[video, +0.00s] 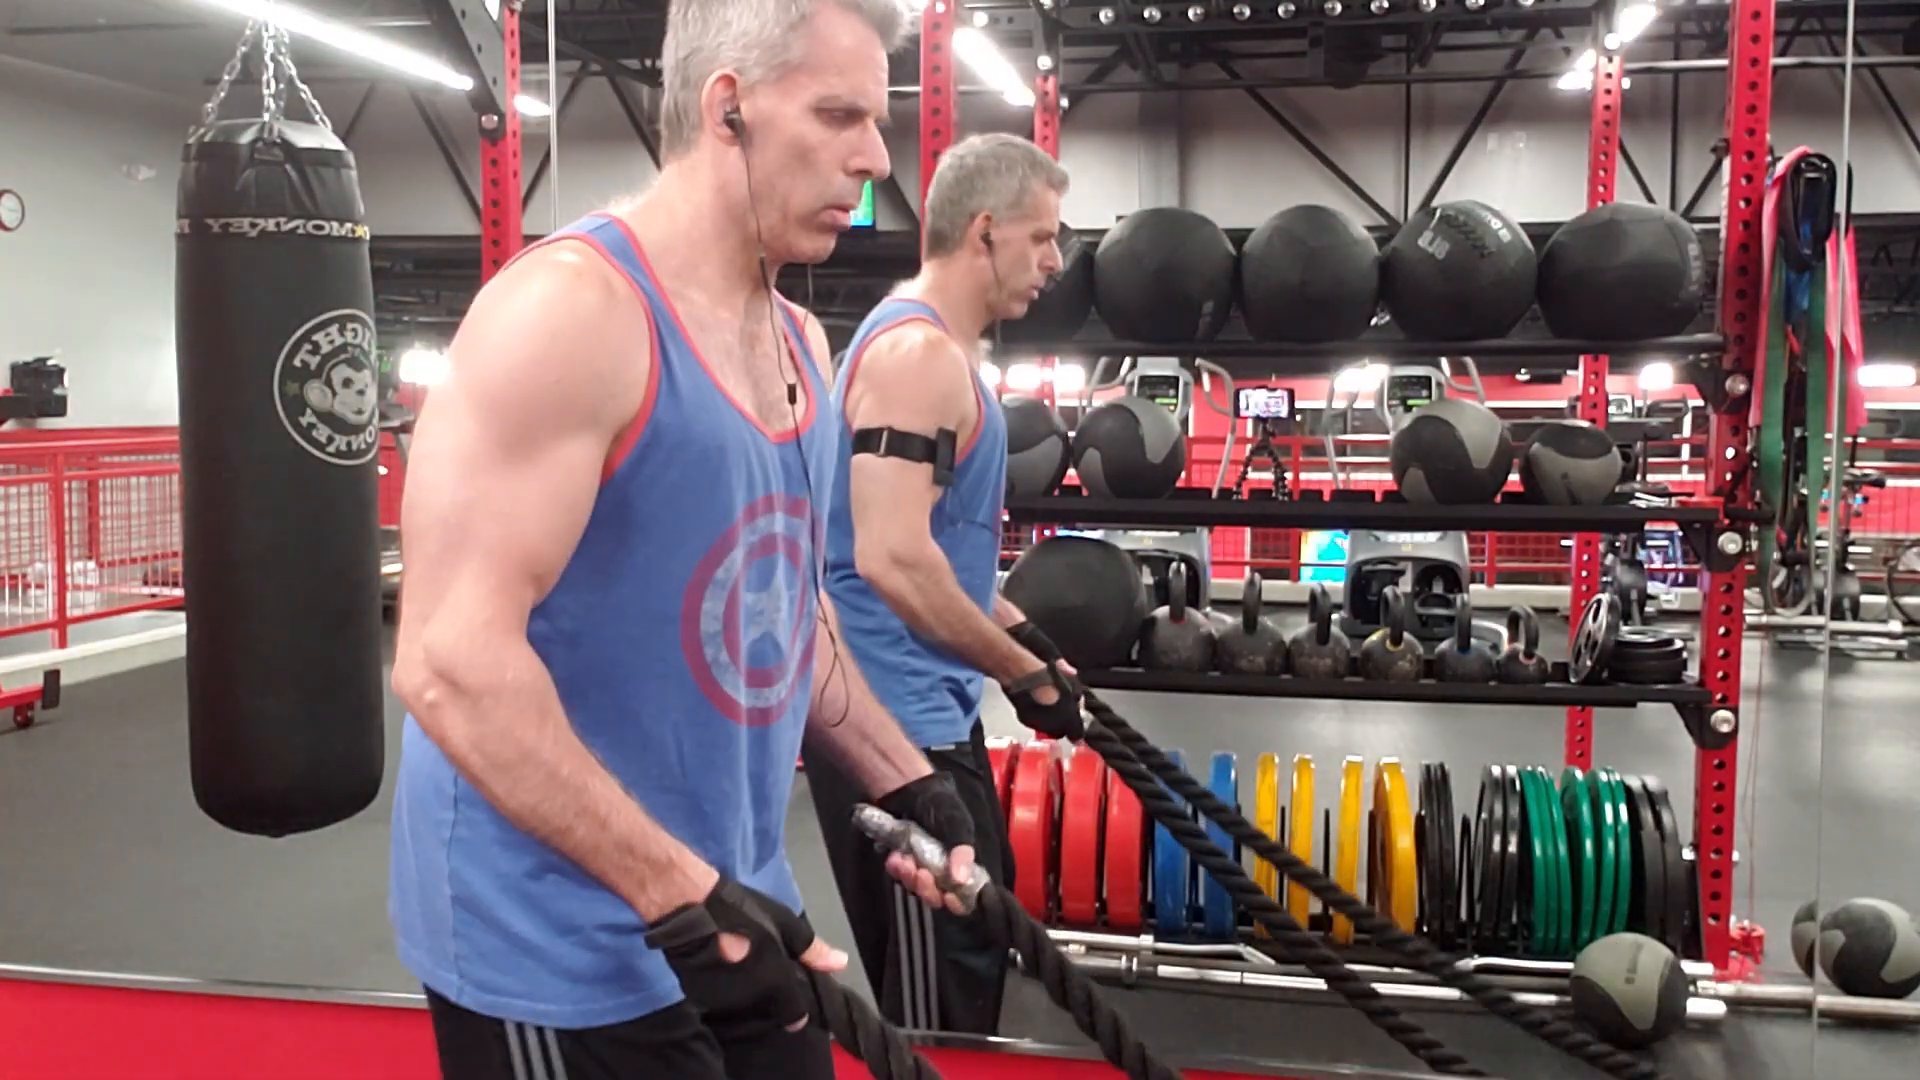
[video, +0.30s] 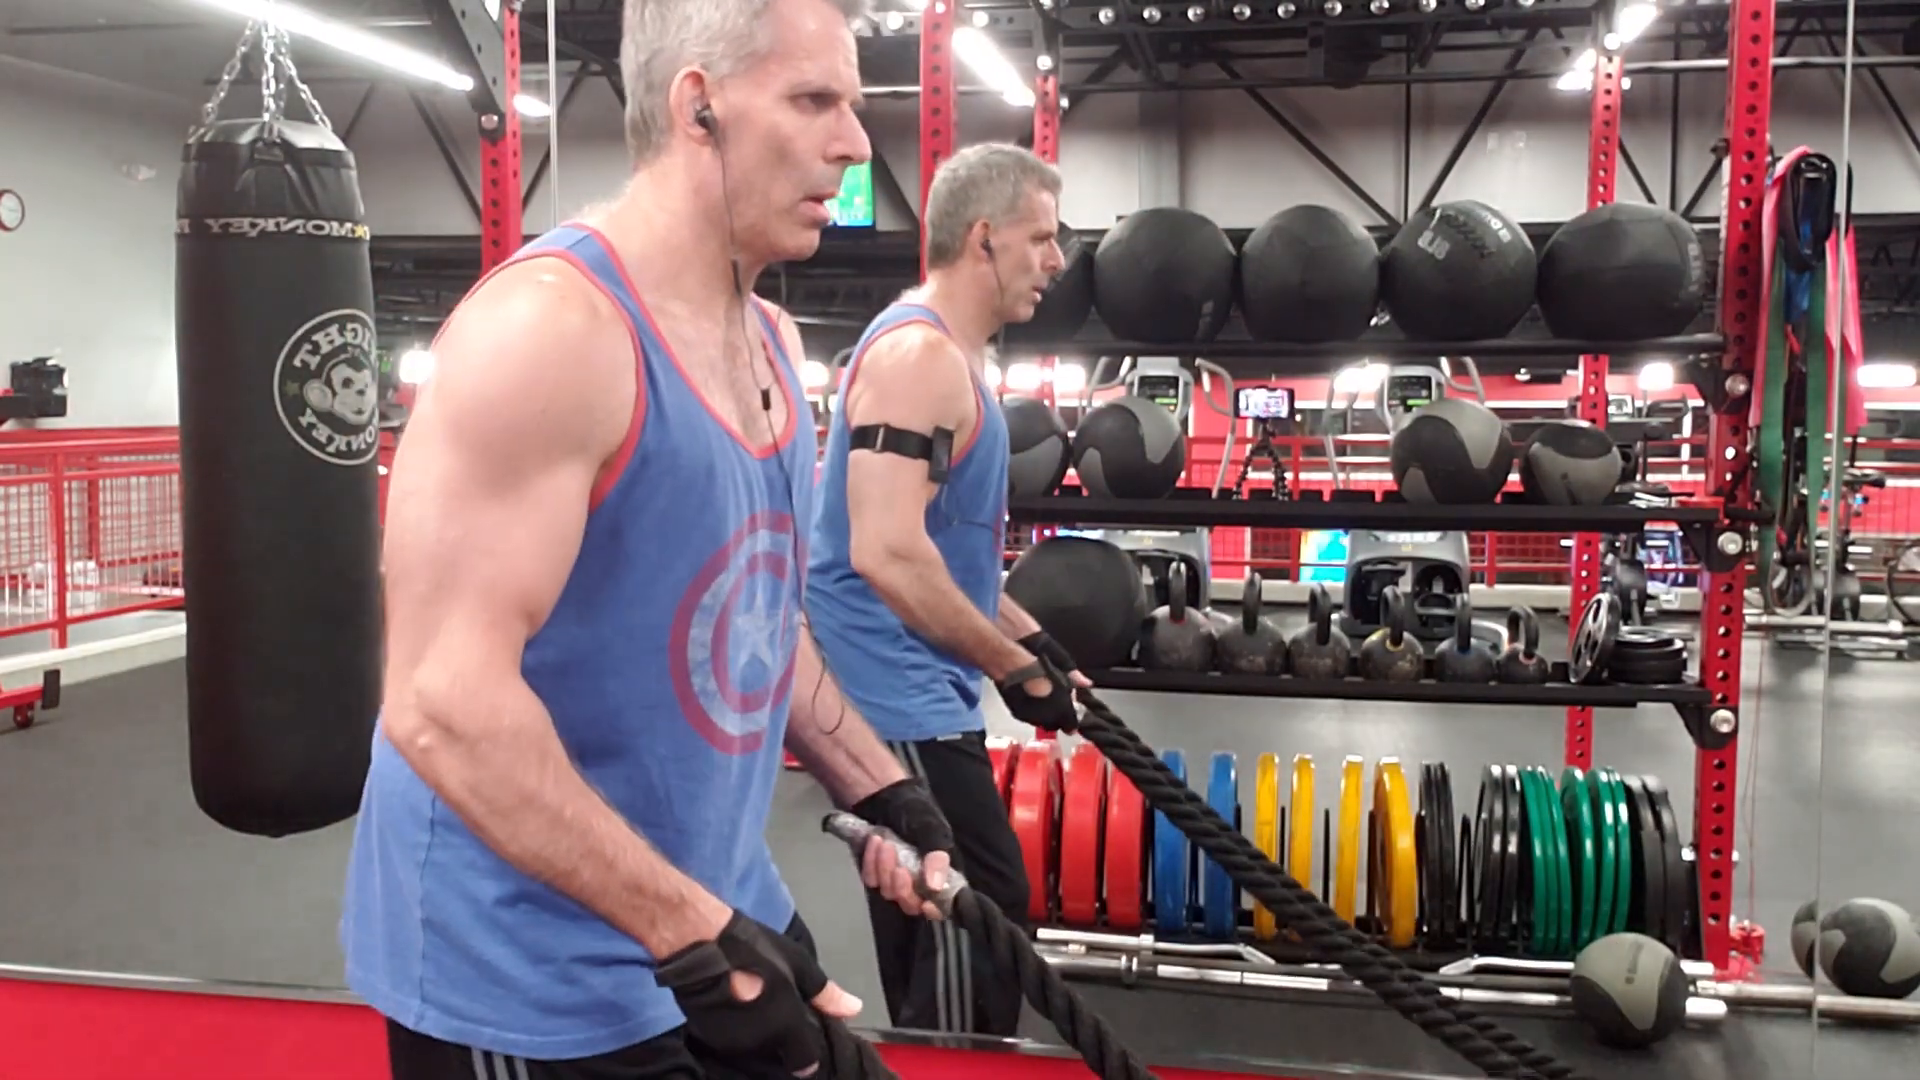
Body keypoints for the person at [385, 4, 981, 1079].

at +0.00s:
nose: (875, 160)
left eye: (877, 124)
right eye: (843, 116)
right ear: (728, 108)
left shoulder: (797, 341)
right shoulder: (560, 310)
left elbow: (784, 603)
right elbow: (451, 657)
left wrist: (909, 790)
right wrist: (679, 893)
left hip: (743, 924)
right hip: (560, 960)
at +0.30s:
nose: (855, 143)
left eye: (851, 107)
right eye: (817, 102)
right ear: (698, 105)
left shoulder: (769, 339)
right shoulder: (541, 327)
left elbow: (752, 620)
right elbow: (442, 698)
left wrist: (886, 799)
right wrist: (701, 941)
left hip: (733, 917)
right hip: (535, 979)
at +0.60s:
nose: (871, 163)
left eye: (867, 126)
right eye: (833, 121)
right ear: (716, 128)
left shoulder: (795, 358)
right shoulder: (563, 354)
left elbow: (781, 629)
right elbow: (446, 713)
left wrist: (899, 808)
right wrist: (673, 962)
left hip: (738, 930)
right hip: (548, 992)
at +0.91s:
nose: (885, 185)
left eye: (879, 150)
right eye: (844, 144)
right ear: (728, 154)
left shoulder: (802, 380)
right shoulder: (572, 366)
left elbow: (775, 640)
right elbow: (444, 726)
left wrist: (898, 839)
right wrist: (663, 985)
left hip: (722, 926)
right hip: (530, 978)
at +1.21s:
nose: (826, 185)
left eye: (823, 148)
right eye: (785, 142)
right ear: (665, 147)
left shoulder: (757, 373)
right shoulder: (539, 376)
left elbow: (756, 653)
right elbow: (414, 751)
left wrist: (882, 842)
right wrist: (644, 1012)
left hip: (713, 945)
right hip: (515, 1003)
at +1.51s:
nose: (817, 180)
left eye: (811, 144)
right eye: (776, 139)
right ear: (657, 151)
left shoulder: (744, 375)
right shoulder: (536, 384)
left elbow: (755, 656)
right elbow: (417, 754)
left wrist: (884, 843)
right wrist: (647, 1005)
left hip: (731, 952)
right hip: (529, 1012)